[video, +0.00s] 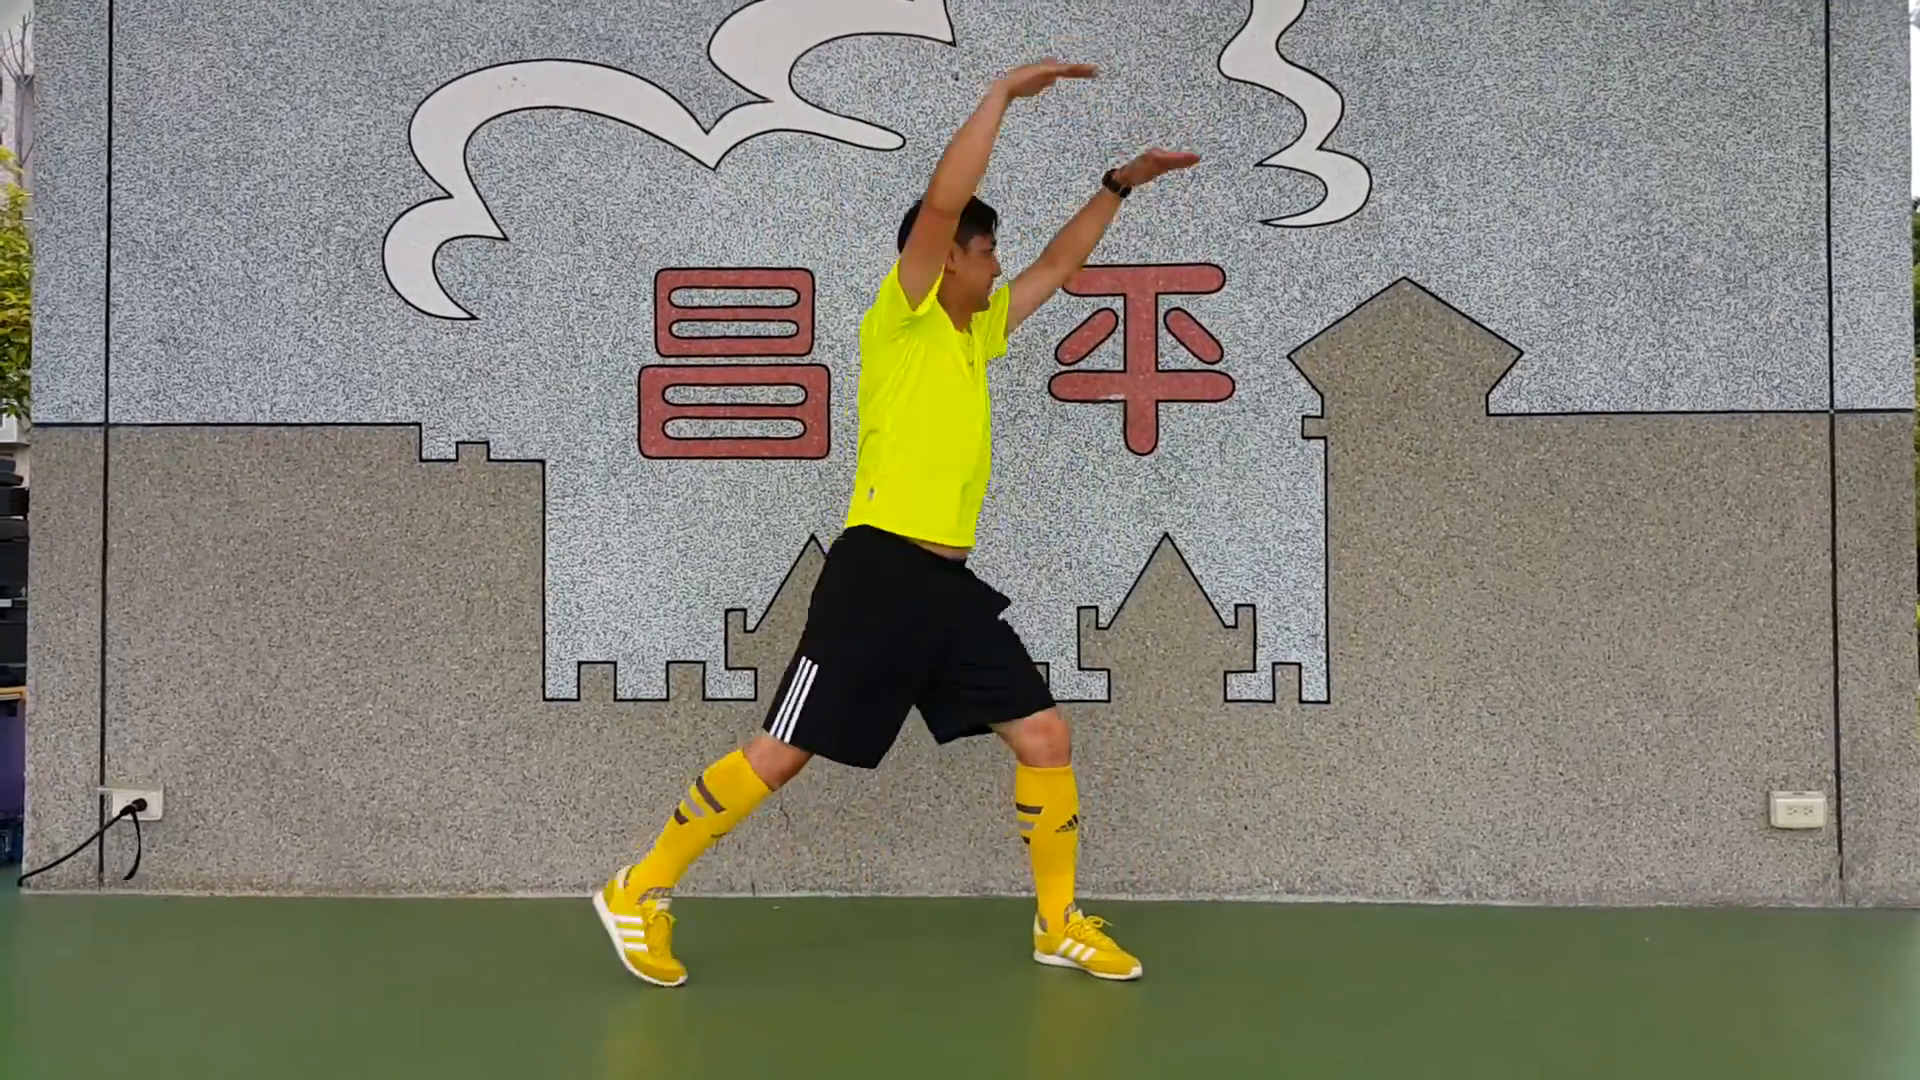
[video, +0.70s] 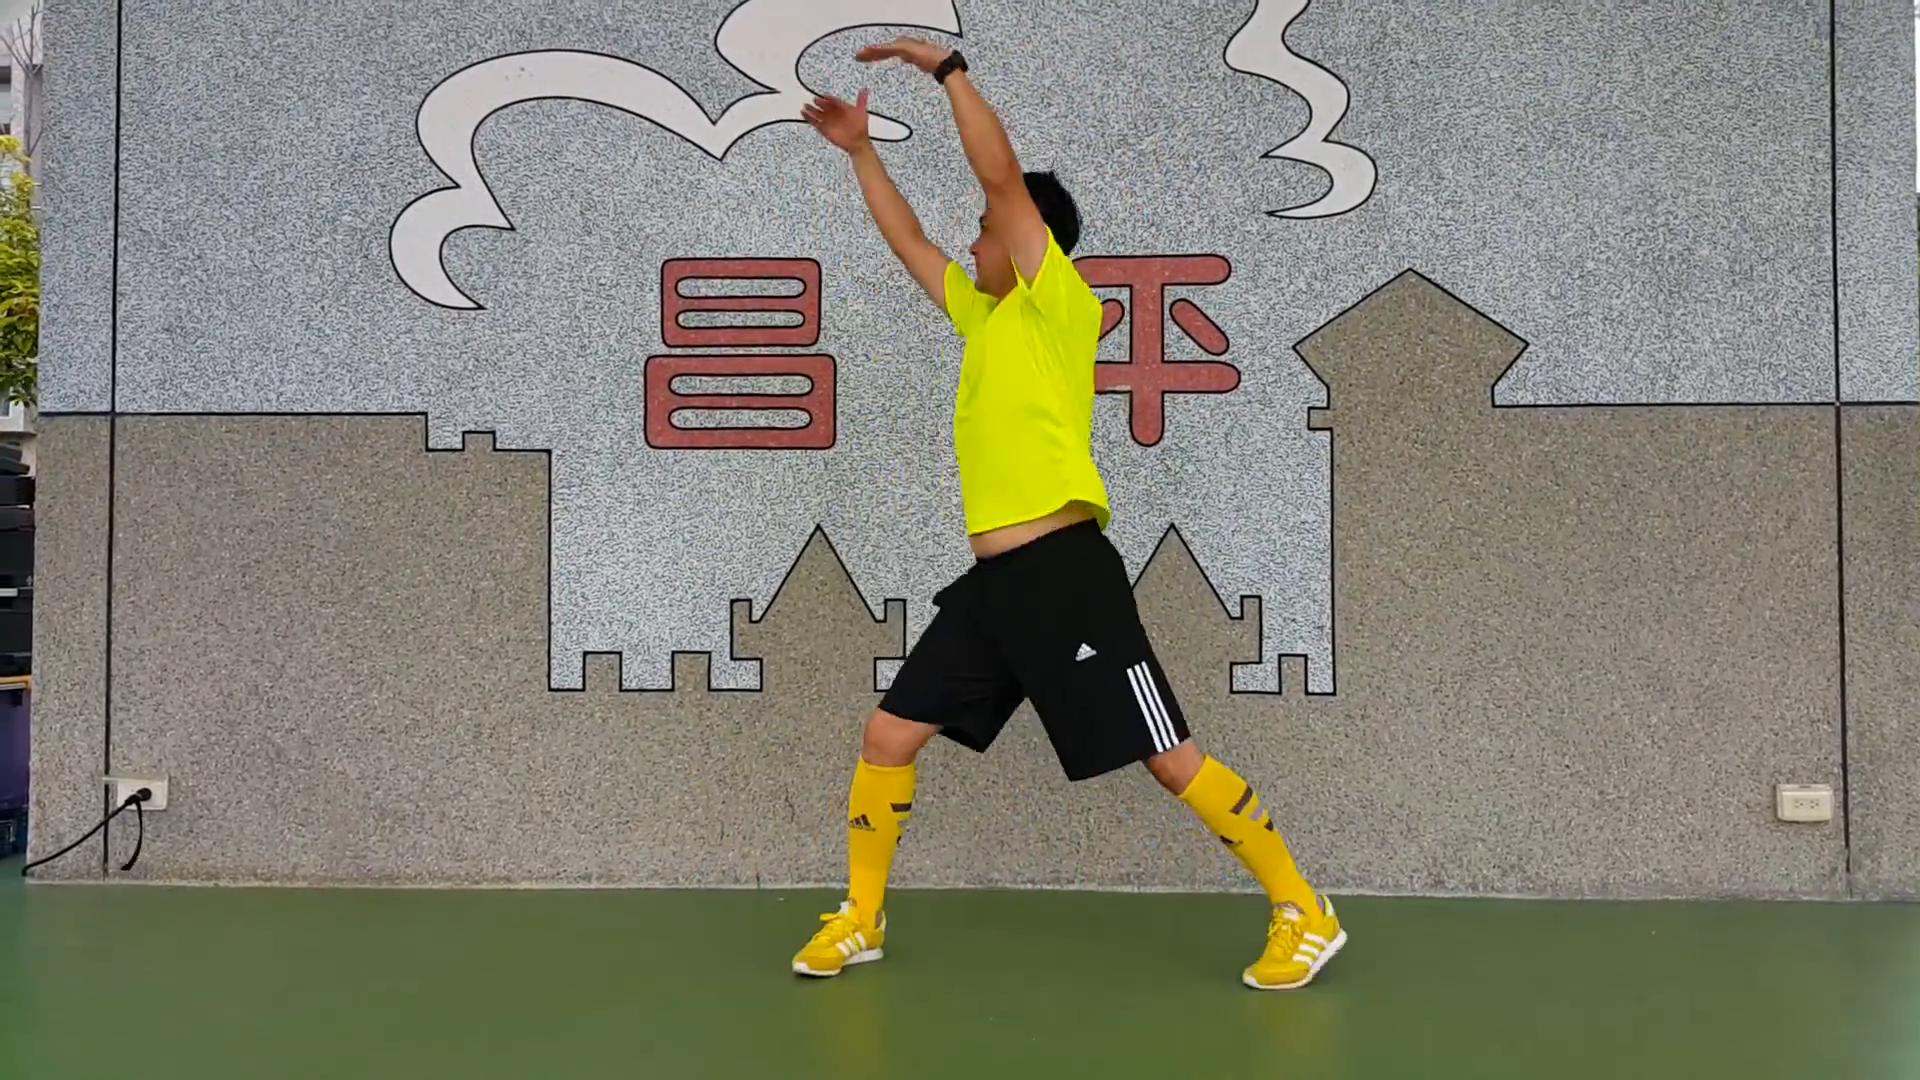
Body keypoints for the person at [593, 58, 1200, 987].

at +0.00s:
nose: (997, 267)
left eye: (996, 255)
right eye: (985, 252)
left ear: (982, 265)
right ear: (942, 254)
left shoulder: (977, 332)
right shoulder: (897, 320)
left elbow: (1051, 269)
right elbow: (942, 209)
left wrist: (1118, 187)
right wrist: (1002, 90)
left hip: (951, 583)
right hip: (874, 571)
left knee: (1044, 740)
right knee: (778, 755)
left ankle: (1059, 925)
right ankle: (637, 891)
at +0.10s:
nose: (1014, 221)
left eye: (1011, 208)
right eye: (999, 209)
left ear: (981, 224)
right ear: (952, 220)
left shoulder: (1015, 304)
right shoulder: (905, 287)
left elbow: (1111, 274)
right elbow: (867, 214)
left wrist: (1140, 179)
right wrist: (937, 105)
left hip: (981, 553)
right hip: (897, 543)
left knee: (1045, 736)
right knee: (822, 728)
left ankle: (1060, 921)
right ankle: (704, 876)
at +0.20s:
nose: (1012, 197)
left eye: (1010, 184)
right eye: (994, 185)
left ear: (1000, 201)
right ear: (948, 204)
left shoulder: (1039, 294)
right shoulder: (901, 283)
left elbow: (1148, 313)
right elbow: (808, 298)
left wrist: (1136, 222)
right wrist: (854, 186)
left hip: (1002, 539)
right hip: (906, 531)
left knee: (1044, 730)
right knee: (848, 721)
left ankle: (1059, 916)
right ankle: (798, 899)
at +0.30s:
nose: (985, 200)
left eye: (992, 186)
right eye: (964, 191)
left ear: (1007, 201)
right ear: (932, 214)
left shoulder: (1051, 302)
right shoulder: (897, 307)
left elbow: (1127, 392)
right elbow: (823, 407)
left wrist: (1125, 318)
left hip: (1016, 546)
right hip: (909, 540)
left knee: (1060, 732)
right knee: (863, 725)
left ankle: (1062, 917)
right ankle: (855, 916)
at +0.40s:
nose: (936, 209)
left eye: (953, 195)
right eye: (927, 200)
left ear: (997, 210)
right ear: (920, 222)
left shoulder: (1044, 305)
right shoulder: (895, 320)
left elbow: (1103, 406)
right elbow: (827, 423)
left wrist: (1059, 333)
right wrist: (790, 347)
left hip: (1022, 550)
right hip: (913, 552)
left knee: (1083, 737)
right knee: (863, 732)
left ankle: (1079, 903)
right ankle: (856, 917)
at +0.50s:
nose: (933, 202)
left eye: (950, 190)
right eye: (937, 190)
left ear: (997, 214)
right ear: (947, 216)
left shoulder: (1039, 294)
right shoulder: (909, 311)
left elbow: (1077, 293)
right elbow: (804, 342)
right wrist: (792, 246)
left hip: (1031, 552)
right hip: (927, 558)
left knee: (1098, 735)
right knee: (873, 734)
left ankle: (1161, 875)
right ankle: (858, 916)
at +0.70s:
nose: (979, 237)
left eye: (994, 220)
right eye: (981, 222)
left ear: (1039, 230)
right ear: (997, 242)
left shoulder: (1061, 299)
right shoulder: (984, 312)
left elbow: (1001, 178)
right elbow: (914, 246)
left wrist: (949, 69)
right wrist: (860, 148)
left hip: (1069, 568)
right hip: (989, 582)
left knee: (1170, 756)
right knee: (889, 736)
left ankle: (1305, 912)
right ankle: (860, 919)